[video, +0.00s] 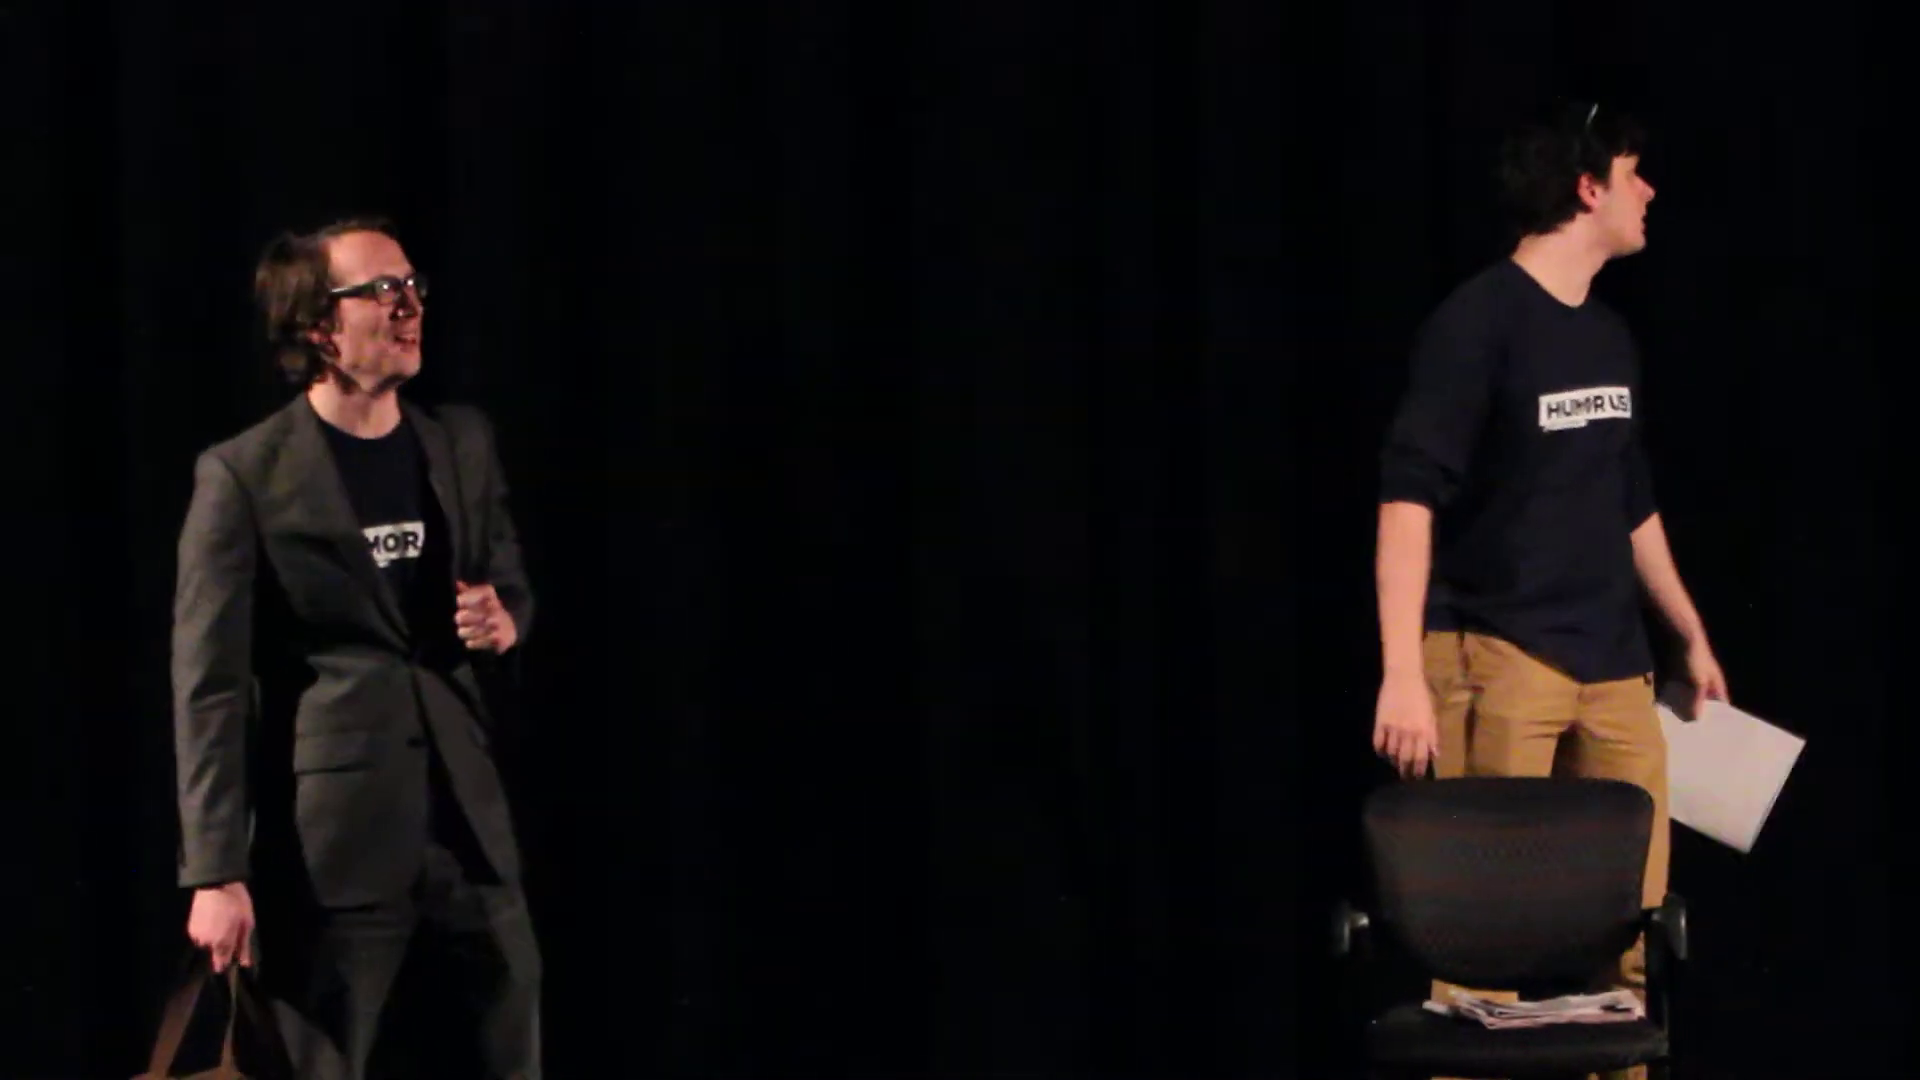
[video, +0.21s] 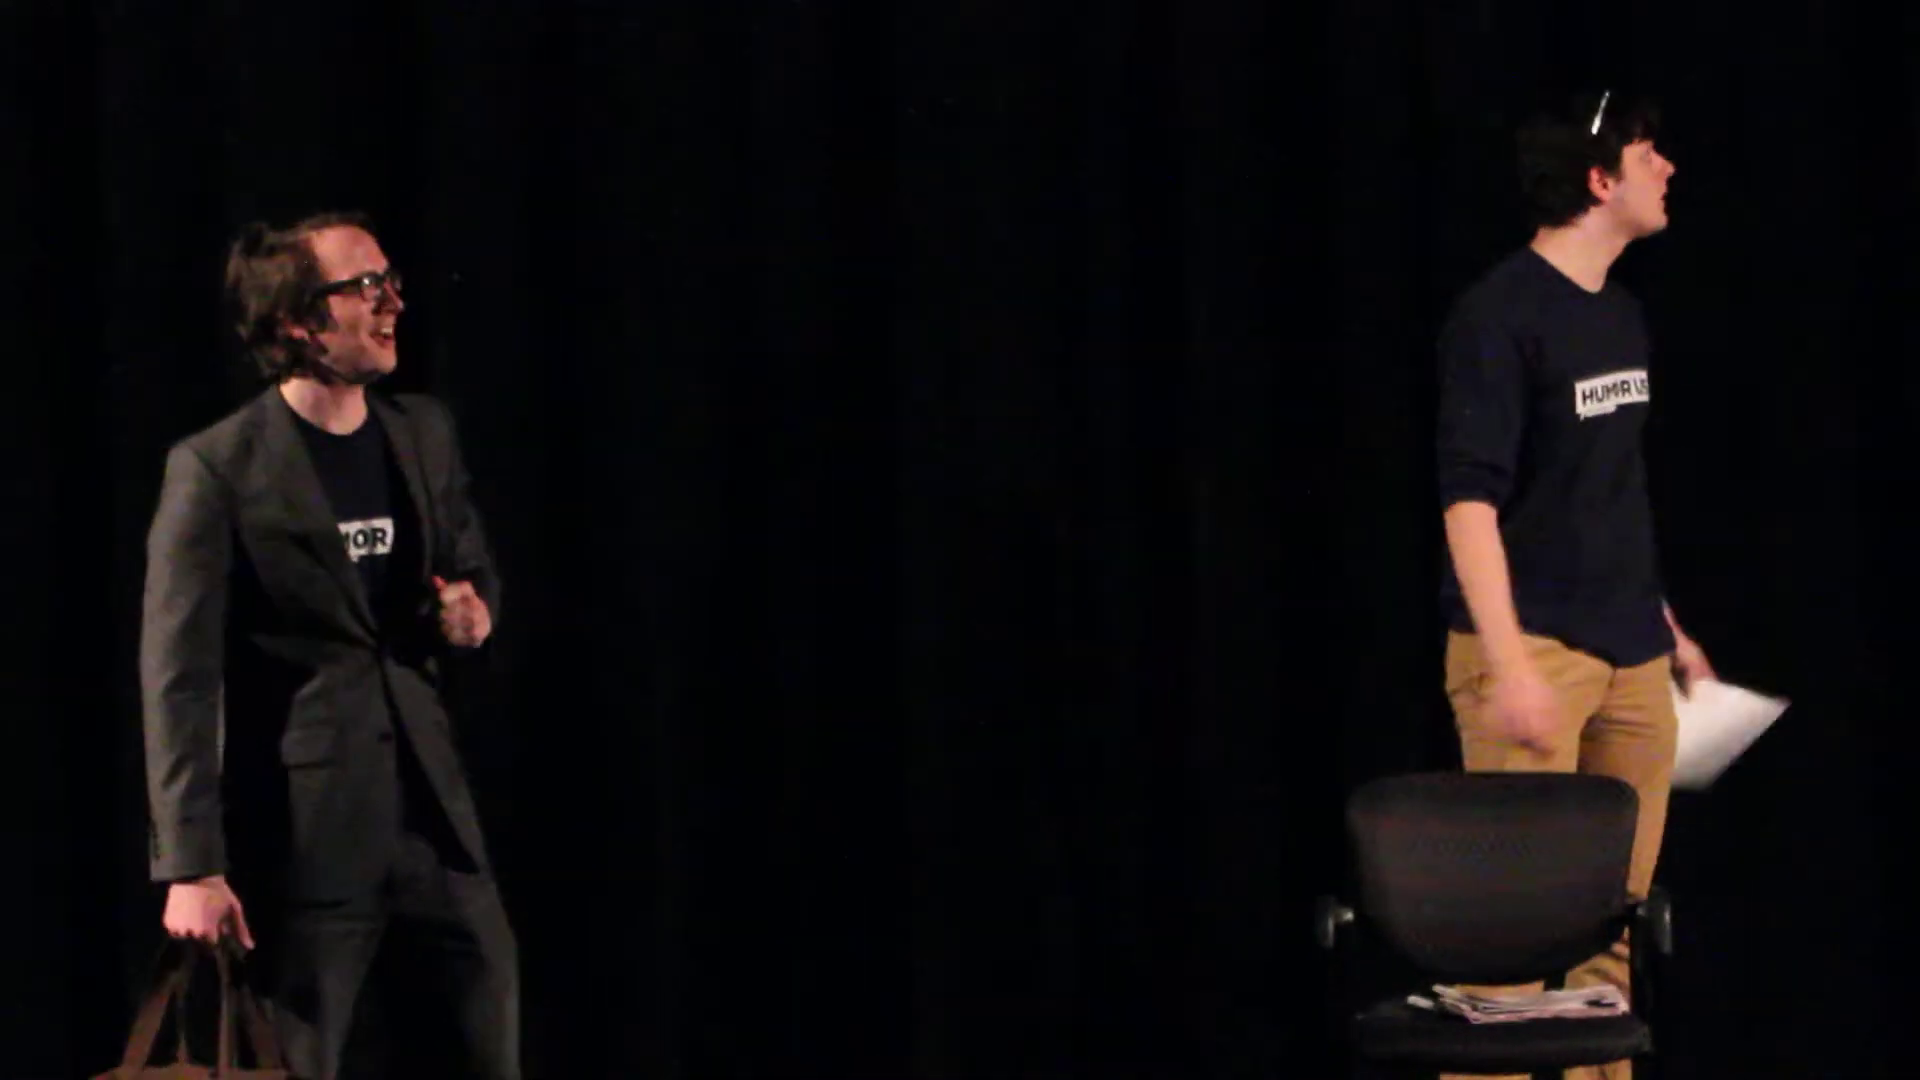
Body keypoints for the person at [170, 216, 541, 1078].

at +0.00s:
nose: (410, 304)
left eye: (411, 285)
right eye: (381, 291)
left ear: (421, 295)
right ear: (317, 329)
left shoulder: (463, 442)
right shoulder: (241, 475)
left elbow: (514, 586)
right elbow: (210, 689)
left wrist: (503, 615)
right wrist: (217, 873)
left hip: (470, 813)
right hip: (333, 825)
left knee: (510, 1052)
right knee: (325, 1059)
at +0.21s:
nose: (392, 299)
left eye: (388, 280)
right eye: (364, 287)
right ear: (296, 325)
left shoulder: (424, 431)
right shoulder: (213, 468)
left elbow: (479, 573)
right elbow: (178, 681)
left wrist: (474, 612)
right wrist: (192, 865)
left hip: (435, 808)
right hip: (304, 824)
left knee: (490, 1045)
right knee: (303, 1058)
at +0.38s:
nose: (395, 300)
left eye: (391, 280)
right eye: (367, 287)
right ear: (298, 324)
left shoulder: (425, 428)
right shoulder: (211, 464)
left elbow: (489, 568)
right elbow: (166, 671)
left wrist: (487, 605)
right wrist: (177, 857)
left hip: (437, 811)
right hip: (302, 825)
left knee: (468, 1048)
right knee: (303, 1064)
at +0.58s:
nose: (386, 307)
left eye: (385, 286)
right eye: (360, 292)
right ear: (293, 322)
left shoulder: (412, 426)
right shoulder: (198, 461)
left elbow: (433, 585)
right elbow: (160, 668)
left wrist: (461, 602)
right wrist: (176, 851)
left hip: (423, 786)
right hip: (294, 803)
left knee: (473, 1007)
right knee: (294, 1047)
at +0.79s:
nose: (362, 297)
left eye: (359, 278)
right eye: (335, 285)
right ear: (266, 320)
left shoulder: (396, 424)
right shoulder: (172, 458)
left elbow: (434, 570)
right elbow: (141, 669)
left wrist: (449, 607)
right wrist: (163, 849)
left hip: (403, 786)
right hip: (269, 802)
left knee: (458, 1022)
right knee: (267, 1051)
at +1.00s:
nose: (342, 295)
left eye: (340, 276)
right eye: (314, 282)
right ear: (244, 316)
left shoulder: (385, 425)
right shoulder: (154, 457)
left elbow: (444, 581)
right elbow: (130, 672)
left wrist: (435, 606)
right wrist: (149, 854)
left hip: (392, 800)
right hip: (249, 815)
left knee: (436, 1049)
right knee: (248, 1066)